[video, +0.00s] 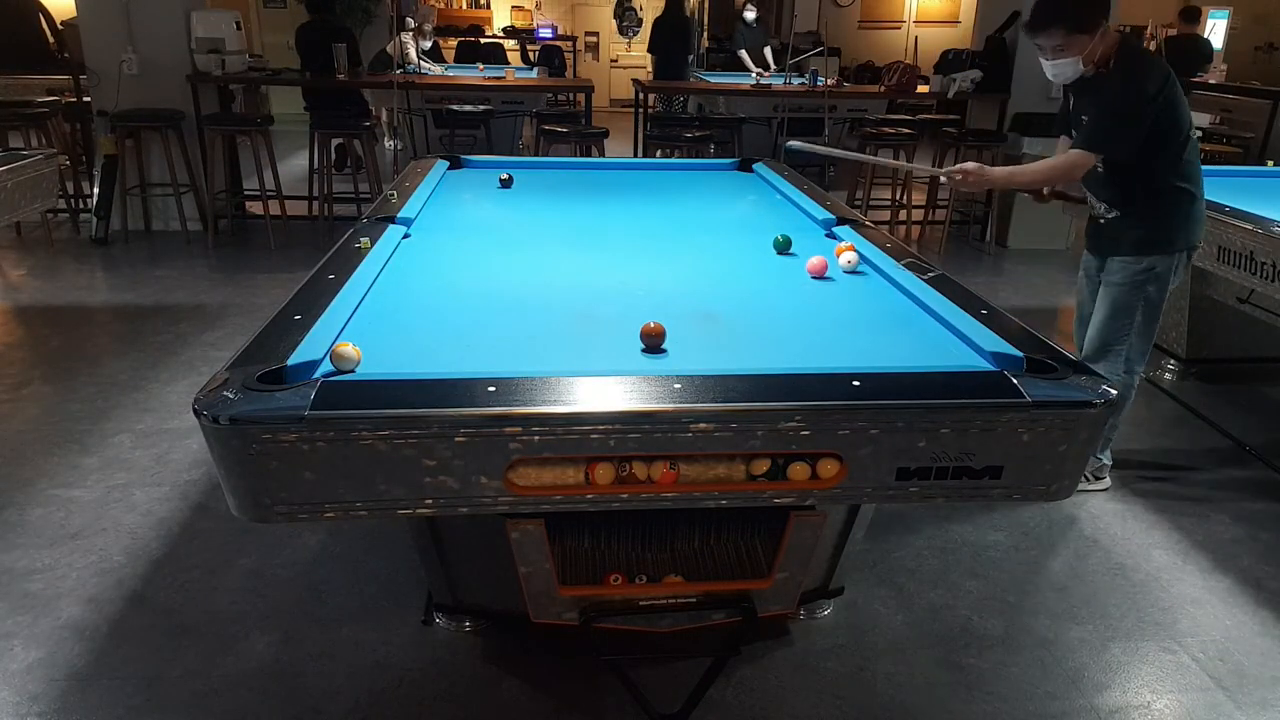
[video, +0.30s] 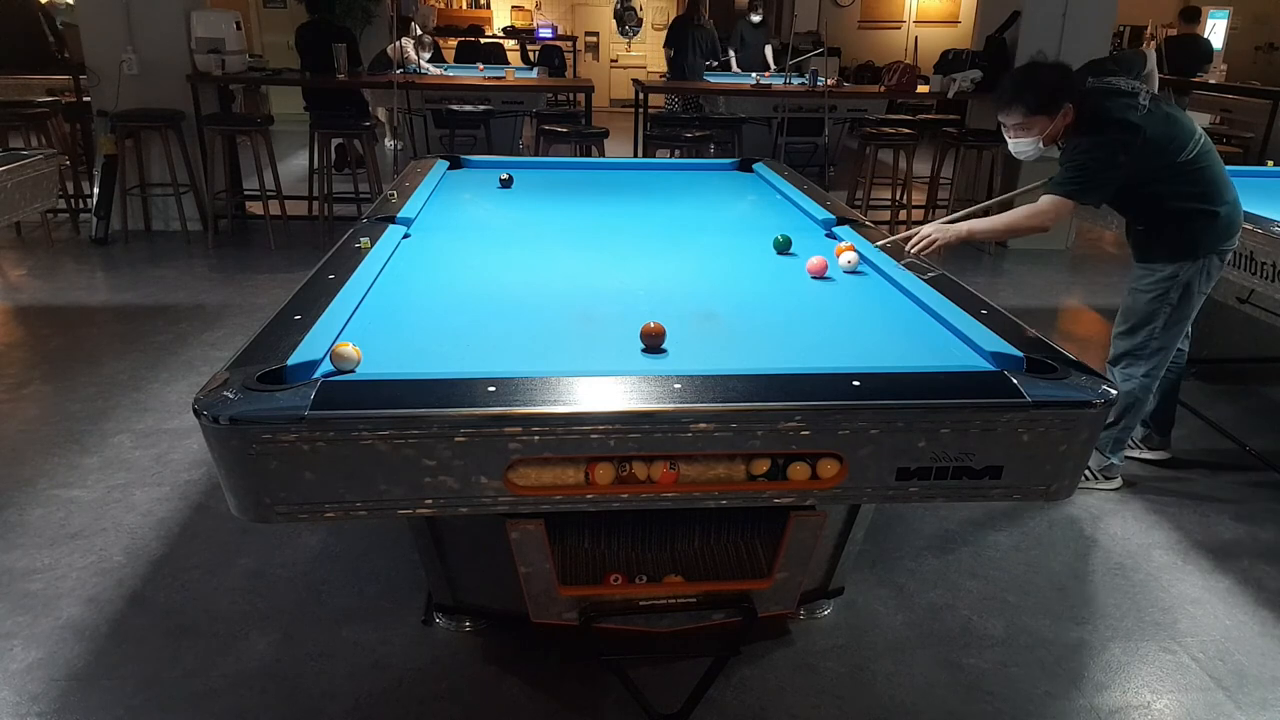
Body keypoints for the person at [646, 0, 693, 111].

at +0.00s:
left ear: (666, 4)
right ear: (682, 5)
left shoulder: (658, 21)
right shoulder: (687, 22)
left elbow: (652, 51)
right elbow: (690, 51)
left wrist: (654, 70)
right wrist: (684, 65)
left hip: (661, 70)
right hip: (681, 71)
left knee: (663, 106)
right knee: (678, 107)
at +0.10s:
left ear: (668, 5)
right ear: (684, 6)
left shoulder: (659, 22)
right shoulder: (689, 23)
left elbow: (652, 50)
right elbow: (693, 51)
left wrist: (660, 67)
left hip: (664, 71)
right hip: (684, 71)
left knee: (665, 106)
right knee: (685, 107)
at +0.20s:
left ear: (680, 5)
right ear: (698, 6)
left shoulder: (670, 22)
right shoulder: (702, 25)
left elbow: (664, 49)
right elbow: (704, 53)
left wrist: (673, 59)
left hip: (670, 70)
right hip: (691, 72)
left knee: (668, 106)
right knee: (688, 107)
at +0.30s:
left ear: (688, 6)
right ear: (705, 7)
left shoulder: (678, 21)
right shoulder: (708, 26)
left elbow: (667, 48)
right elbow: (716, 58)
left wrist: (670, 68)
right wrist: (702, 64)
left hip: (676, 74)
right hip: (696, 76)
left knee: (673, 111)